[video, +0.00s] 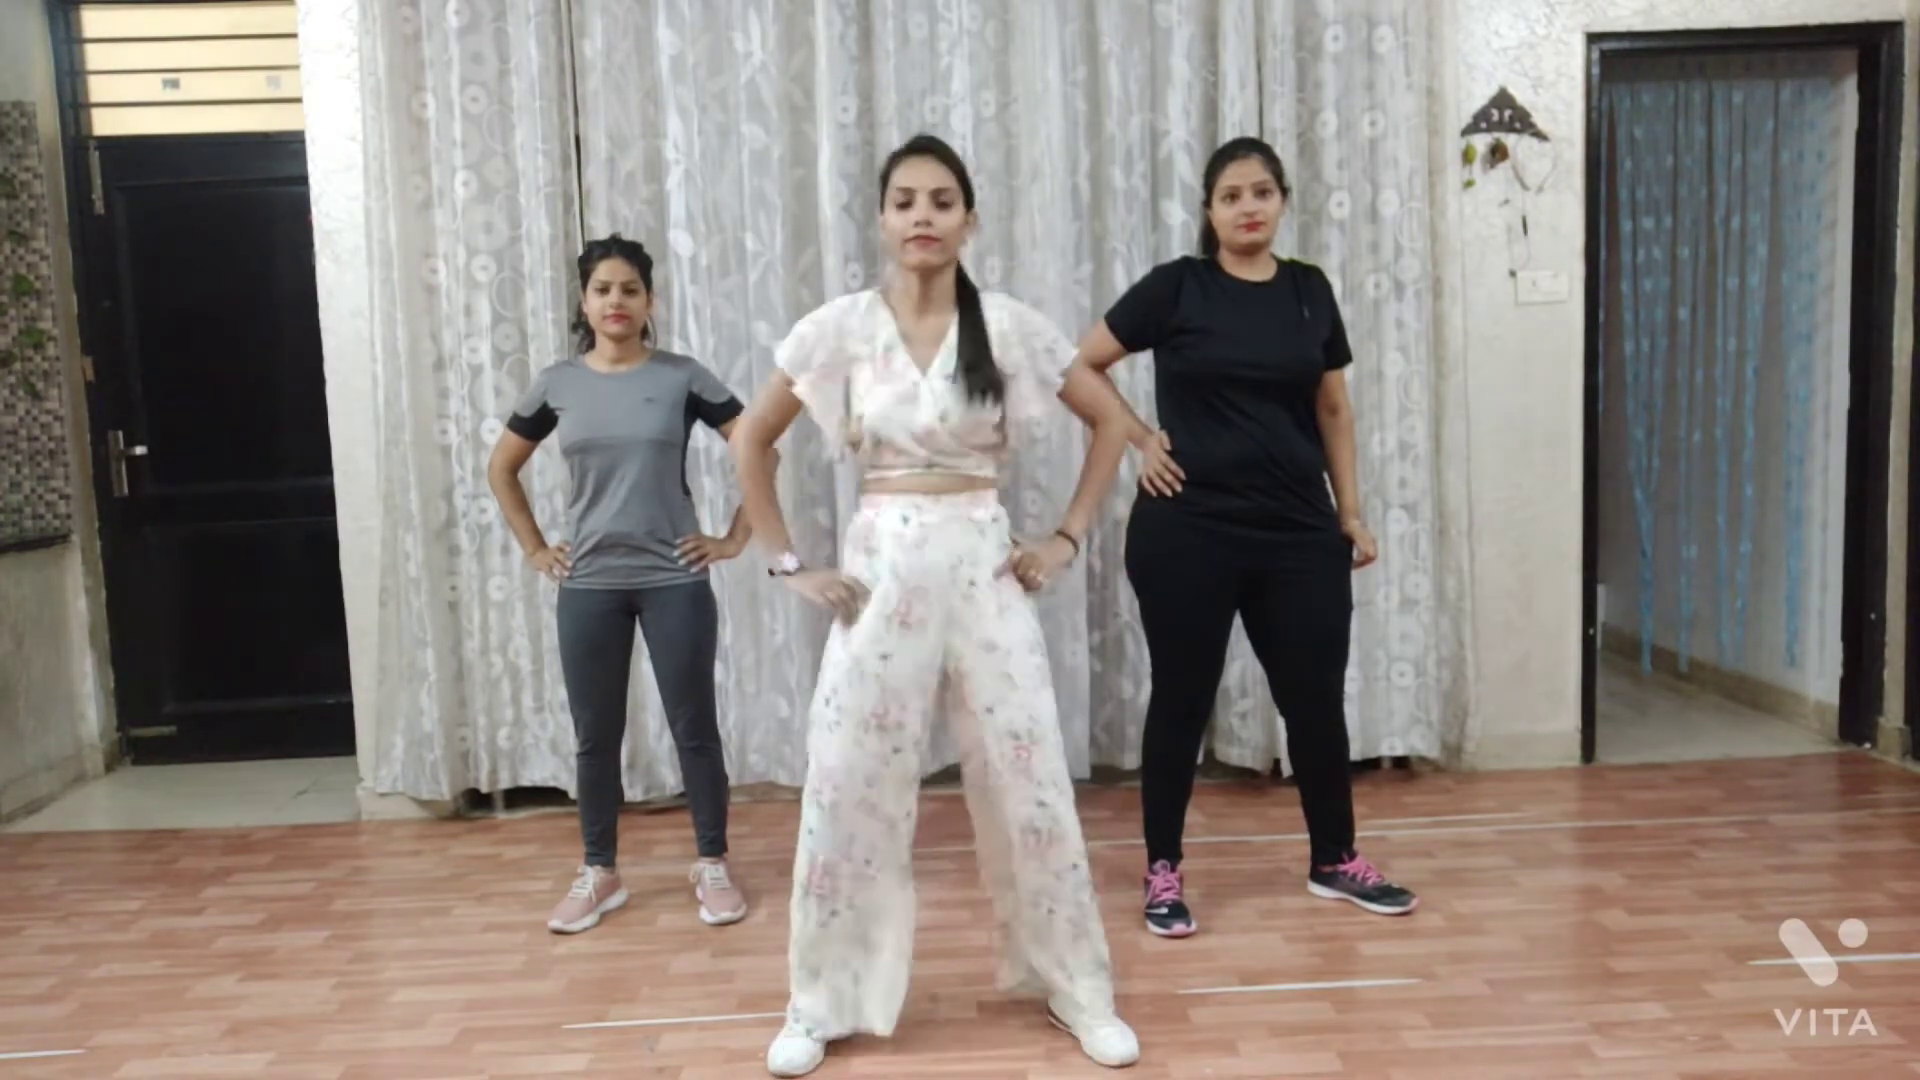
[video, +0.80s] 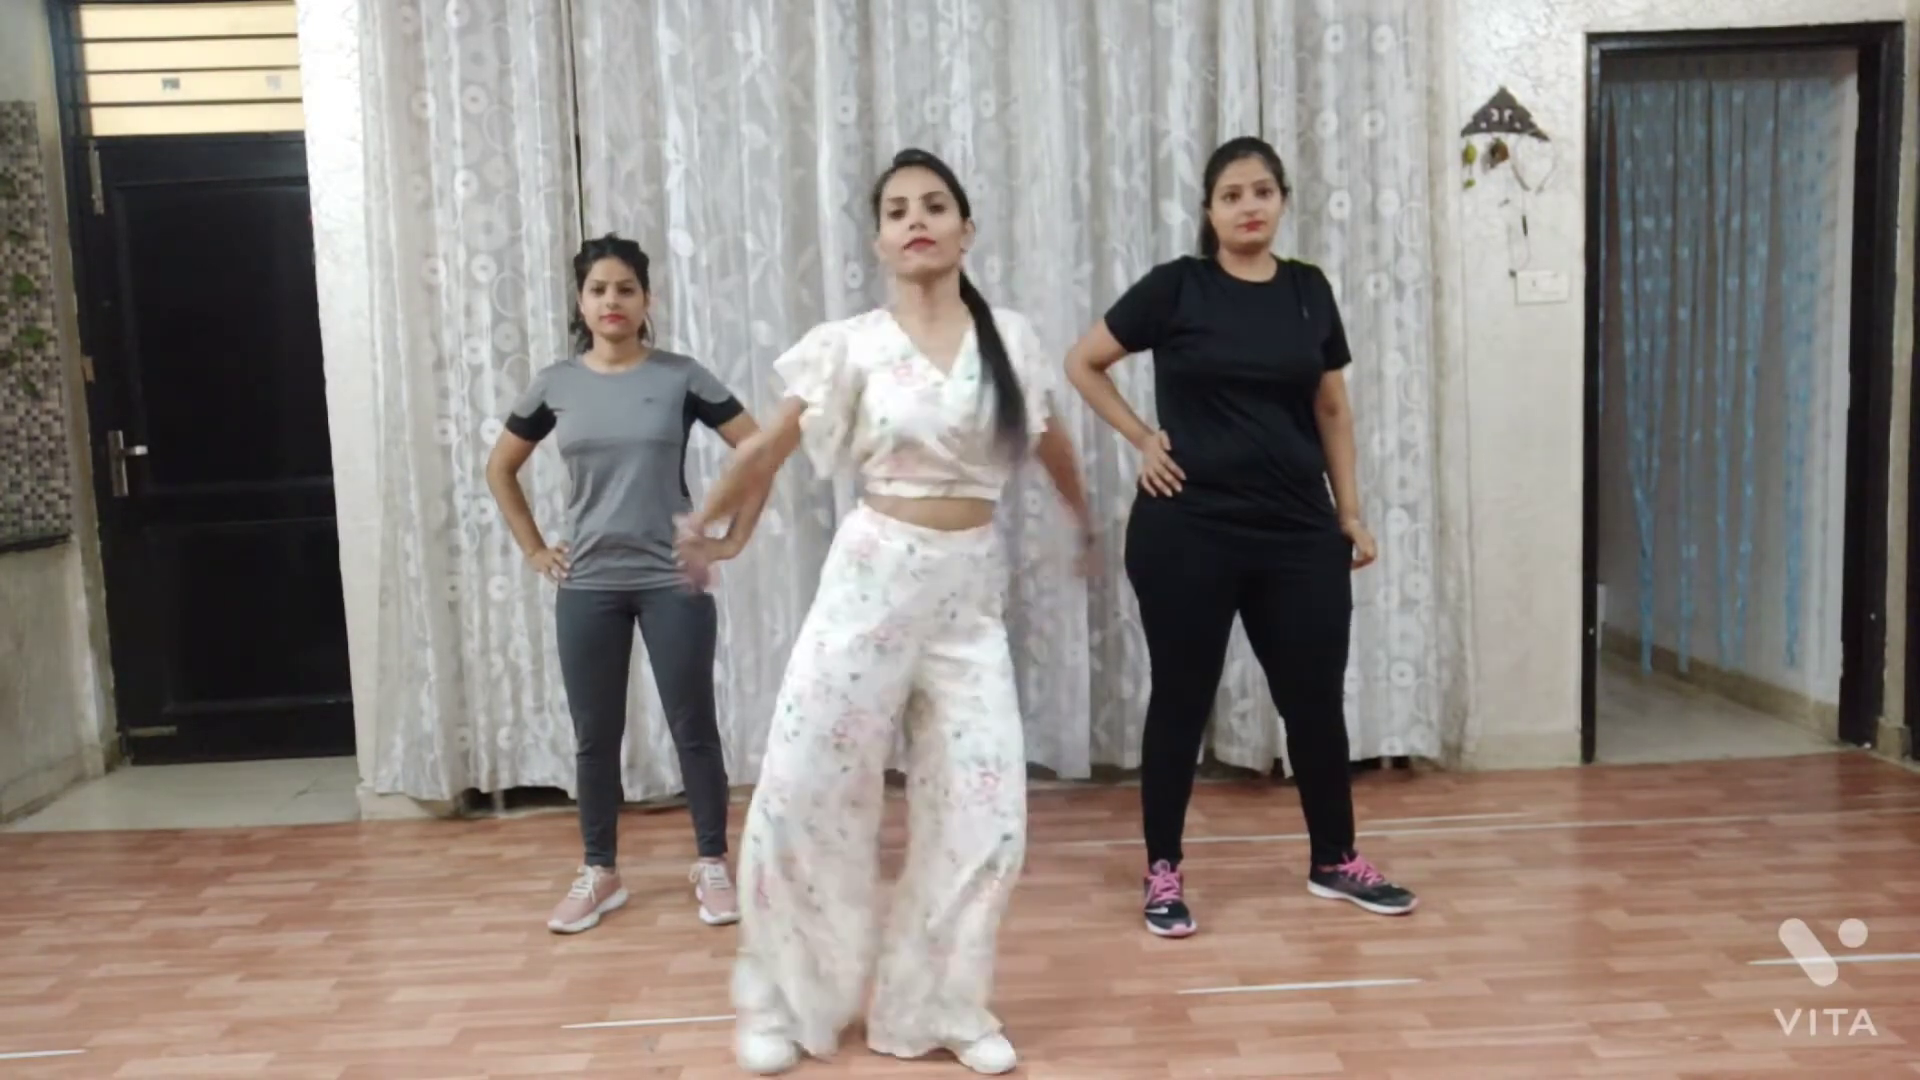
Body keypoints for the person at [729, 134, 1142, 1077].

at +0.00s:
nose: (922, 218)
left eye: (941, 202)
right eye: (905, 202)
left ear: (968, 219)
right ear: (880, 219)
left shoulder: (1008, 327)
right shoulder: (835, 332)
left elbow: (1114, 425)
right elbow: (749, 443)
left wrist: (1062, 539)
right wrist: (793, 569)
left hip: (986, 578)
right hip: (880, 582)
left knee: (1032, 783)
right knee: (838, 790)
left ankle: (1081, 990)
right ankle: (817, 1003)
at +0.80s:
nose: (916, 224)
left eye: (934, 209)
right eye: (899, 213)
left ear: (967, 228)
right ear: (877, 238)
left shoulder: (1007, 344)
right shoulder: (847, 347)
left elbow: (1053, 446)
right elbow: (763, 448)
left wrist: (1087, 523)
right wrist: (704, 520)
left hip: (971, 601)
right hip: (867, 593)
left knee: (990, 812)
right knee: (797, 791)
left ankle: (949, 1006)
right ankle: (775, 1007)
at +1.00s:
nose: (927, 230)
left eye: (944, 215)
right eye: (908, 219)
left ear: (975, 236)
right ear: (887, 244)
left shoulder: (1021, 342)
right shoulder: (856, 349)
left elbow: (1120, 424)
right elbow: (738, 428)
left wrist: (1198, 494)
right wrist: (632, 491)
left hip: (975, 608)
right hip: (879, 600)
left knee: (991, 822)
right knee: (785, 798)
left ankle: (926, 1003)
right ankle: (662, 1013)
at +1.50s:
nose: (926, 238)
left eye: (944, 224)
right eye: (907, 228)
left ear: (974, 250)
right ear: (885, 256)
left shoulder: (1009, 341)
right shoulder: (864, 348)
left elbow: (1131, 372)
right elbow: (772, 378)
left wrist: (1248, 404)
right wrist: (675, 408)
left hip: (972, 606)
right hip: (871, 599)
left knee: (983, 823)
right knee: (768, 797)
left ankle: (948, 1030)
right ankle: (646, 1014)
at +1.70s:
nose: (933, 240)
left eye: (950, 227)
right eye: (916, 228)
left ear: (979, 247)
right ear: (891, 250)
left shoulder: (1005, 343)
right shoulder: (866, 341)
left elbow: (1072, 373)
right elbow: (812, 357)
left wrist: (1141, 405)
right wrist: (754, 380)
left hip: (971, 605)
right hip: (872, 596)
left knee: (986, 822)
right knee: (769, 789)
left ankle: (949, 1024)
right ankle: (646, 1010)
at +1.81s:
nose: (938, 241)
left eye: (954, 227)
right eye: (919, 228)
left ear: (980, 245)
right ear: (894, 247)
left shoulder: (1006, 338)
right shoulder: (871, 333)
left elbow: (1040, 375)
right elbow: (858, 349)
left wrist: (1068, 412)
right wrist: (861, 357)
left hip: (967, 597)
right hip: (874, 590)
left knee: (983, 813)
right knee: (772, 785)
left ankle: (951, 1023)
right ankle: (648, 1007)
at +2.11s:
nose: (940, 246)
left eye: (957, 232)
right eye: (922, 232)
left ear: (982, 250)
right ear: (893, 249)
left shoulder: (1005, 346)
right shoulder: (861, 331)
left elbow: (1000, 378)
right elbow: (878, 348)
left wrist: (936, 412)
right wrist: (979, 325)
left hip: (971, 597)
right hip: (876, 590)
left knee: (982, 818)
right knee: (773, 785)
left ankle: (949, 1024)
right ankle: (643, 1009)